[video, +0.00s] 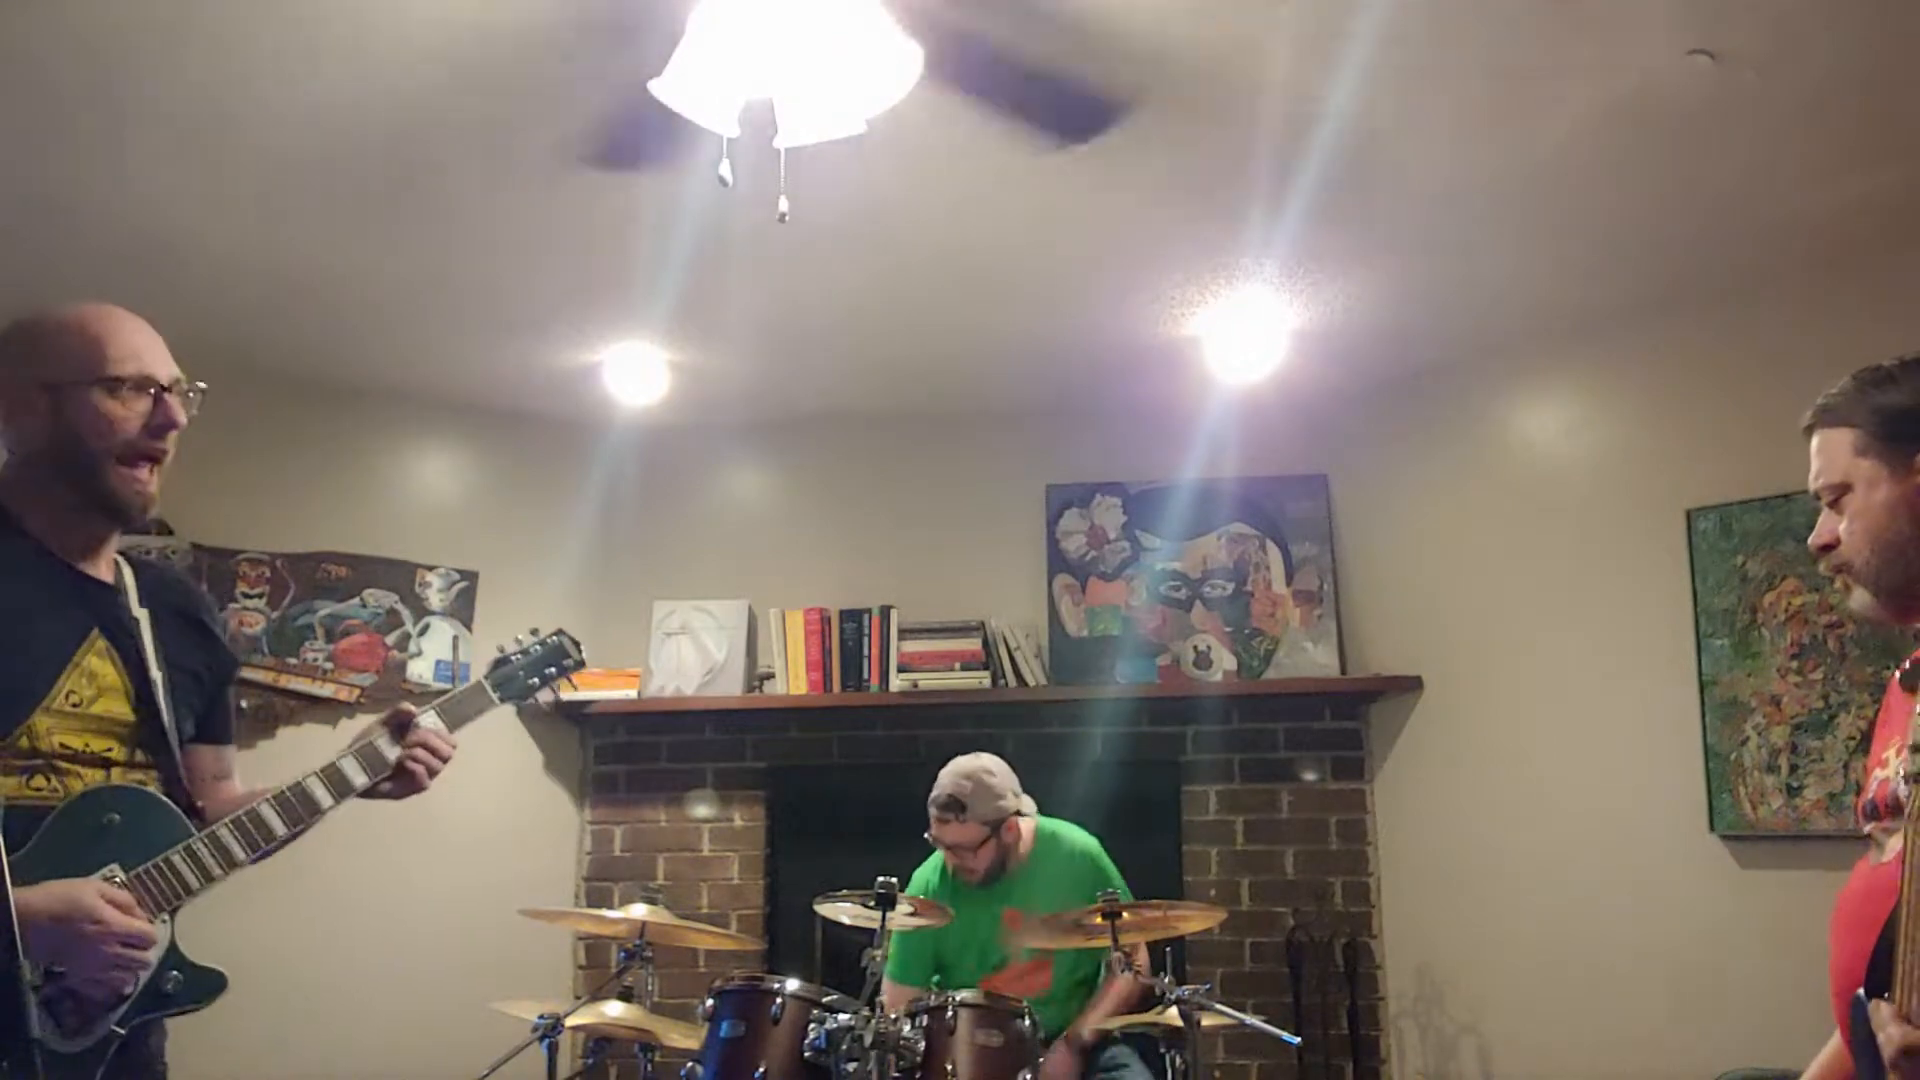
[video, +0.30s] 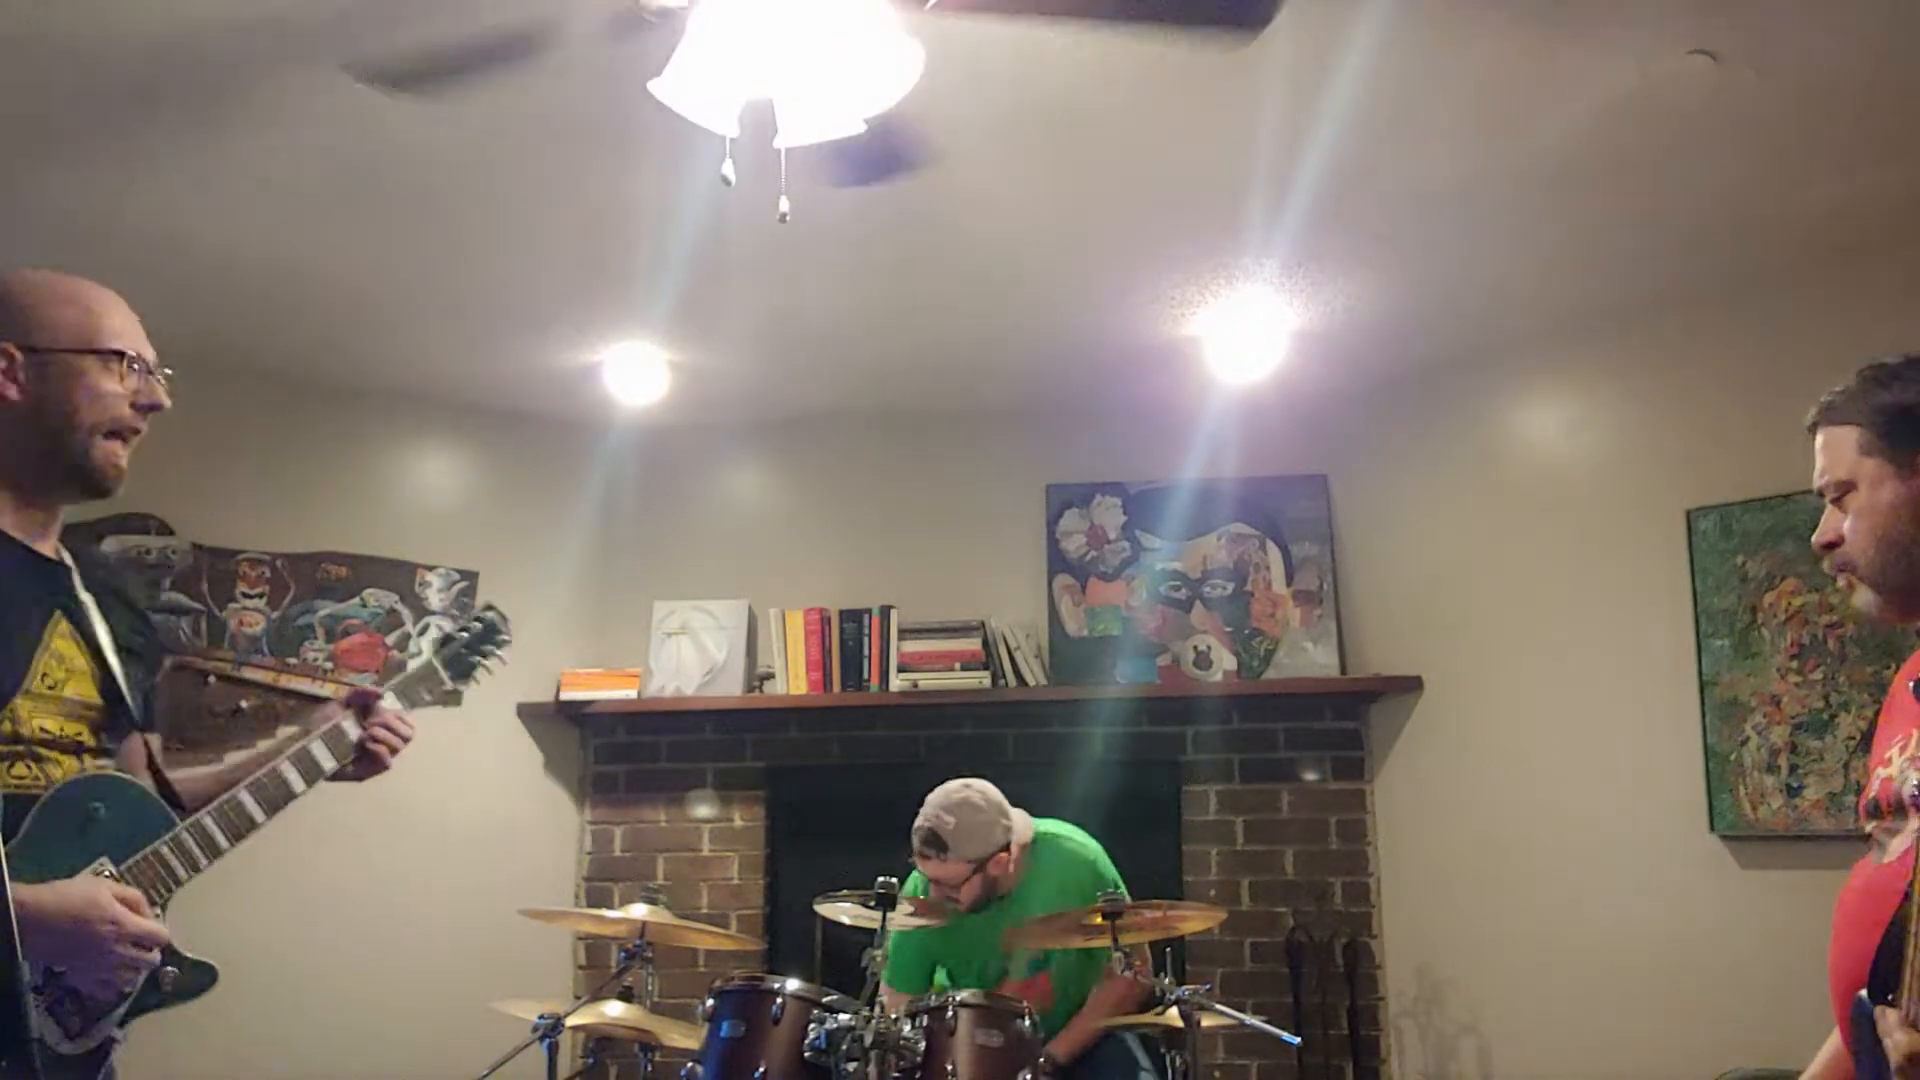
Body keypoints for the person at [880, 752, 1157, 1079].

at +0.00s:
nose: (953, 862)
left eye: (966, 849)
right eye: (943, 848)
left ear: (1010, 829)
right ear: (933, 833)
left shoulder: (1076, 854)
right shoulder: (929, 885)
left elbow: (1133, 964)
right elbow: (897, 1011)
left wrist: (1073, 1044)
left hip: (1077, 1038)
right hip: (975, 1046)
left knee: (1131, 1075)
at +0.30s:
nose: (938, 895)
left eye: (951, 885)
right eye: (931, 881)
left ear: (1000, 863)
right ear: (921, 861)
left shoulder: (1078, 861)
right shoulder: (921, 891)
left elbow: (1133, 975)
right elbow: (895, 1010)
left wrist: (1050, 1057)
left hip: (1082, 1036)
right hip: (978, 1046)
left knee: (1128, 1066)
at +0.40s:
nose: (929, 886)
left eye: (941, 876)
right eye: (923, 872)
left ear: (991, 853)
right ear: (914, 854)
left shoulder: (1076, 846)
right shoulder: (920, 876)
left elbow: (1131, 956)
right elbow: (899, 997)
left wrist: (1057, 1058)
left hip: (1079, 1026)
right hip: (973, 1030)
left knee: (1128, 1072)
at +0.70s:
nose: (930, 882)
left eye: (940, 869)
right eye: (922, 868)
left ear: (987, 851)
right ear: (914, 853)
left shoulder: (1076, 861)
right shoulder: (922, 903)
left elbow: (1134, 972)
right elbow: (900, 1022)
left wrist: (1067, 1067)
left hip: (1081, 1051)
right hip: (980, 1063)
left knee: (1136, 1075)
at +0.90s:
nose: (932, 839)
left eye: (942, 823)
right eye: (923, 826)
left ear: (986, 803)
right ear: (915, 821)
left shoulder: (1073, 844)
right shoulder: (928, 883)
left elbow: (1132, 959)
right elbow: (901, 1009)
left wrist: (1073, 1046)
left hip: (1081, 1038)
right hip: (980, 1048)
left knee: (1134, 1075)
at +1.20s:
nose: (947, 796)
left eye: (957, 779)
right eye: (940, 785)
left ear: (1004, 768)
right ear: (936, 786)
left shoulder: (1078, 841)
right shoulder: (928, 862)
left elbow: (1132, 954)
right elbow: (893, 971)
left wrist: (1063, 994)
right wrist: (911, 1015)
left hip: (1060, 1033)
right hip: (954, 1033)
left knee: (1127, 1072)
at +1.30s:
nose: (953, 789)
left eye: (963, 773)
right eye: (946, 778)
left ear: (1010, 764)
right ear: (941, 781)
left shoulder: (1079, 842)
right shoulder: (931, 857)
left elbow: (1130, 960)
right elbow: (895, 982)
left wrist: (1046, 983)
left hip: (1071, 1031)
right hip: (961, 1035)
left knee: (1133, 1074)